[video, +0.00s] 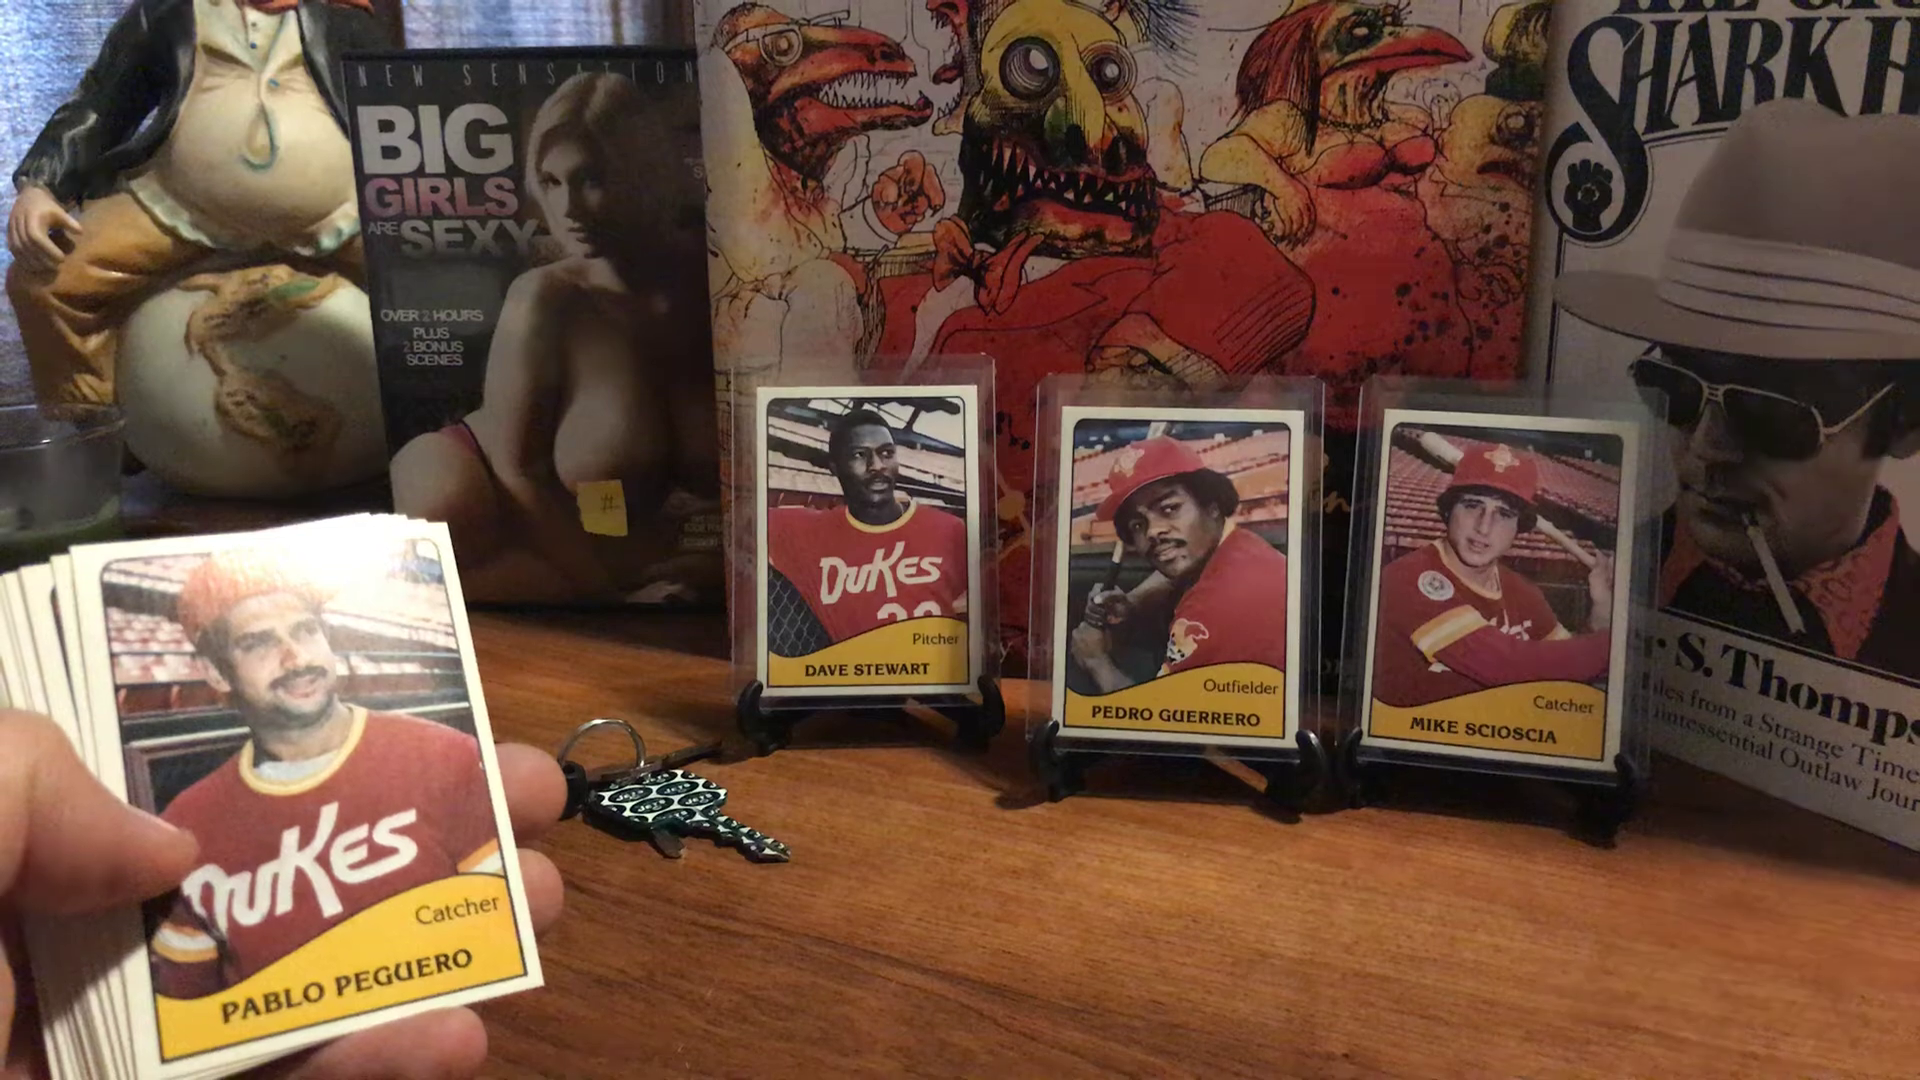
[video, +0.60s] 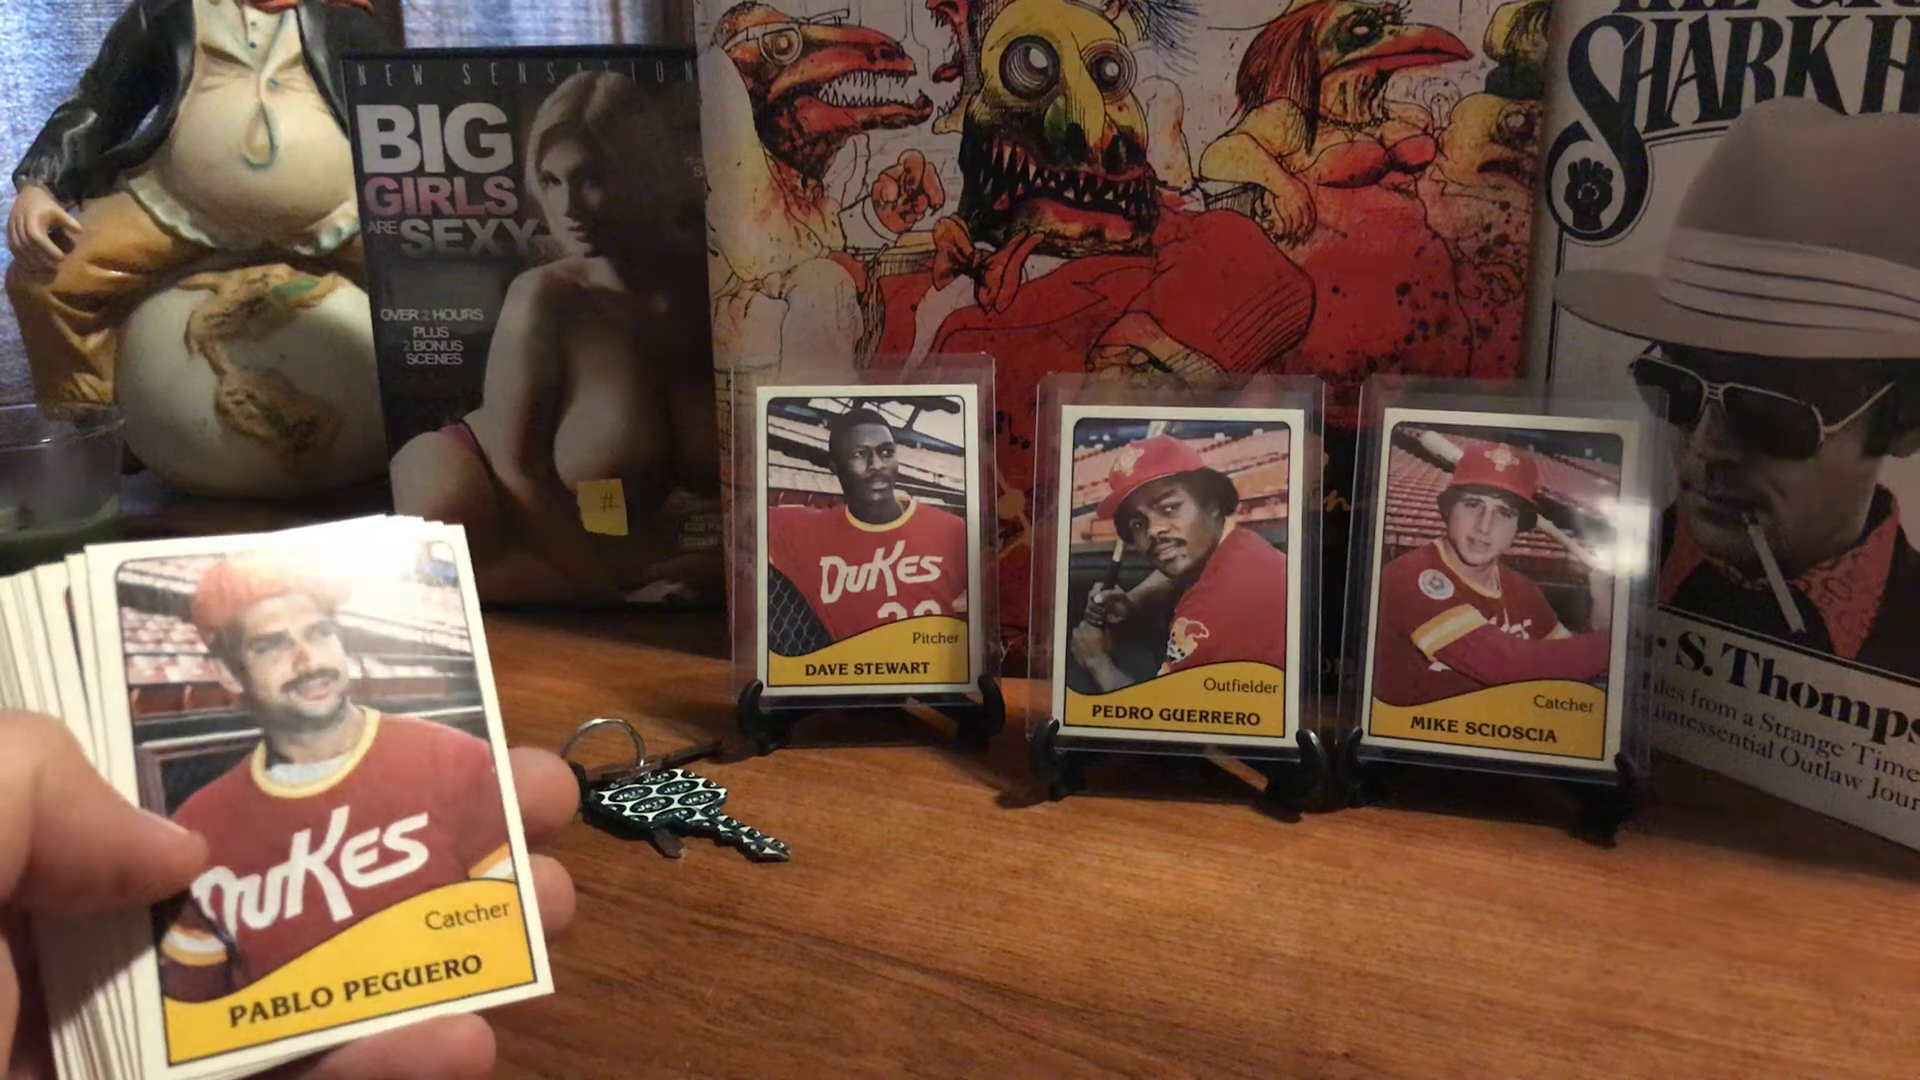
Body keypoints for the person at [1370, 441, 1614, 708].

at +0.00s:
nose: (1483, 526)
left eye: (1503, 514)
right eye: (1473, 505)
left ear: (1518, 529)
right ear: (1449, 510)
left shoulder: (1522, 593)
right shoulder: (1410, 579)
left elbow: (1573, 673)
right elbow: (1501, 665)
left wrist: (1602, 607)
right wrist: (1621, 642)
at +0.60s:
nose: (1484, 525)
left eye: (1504, 513)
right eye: (1473, 505)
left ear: (1518, 527)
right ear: (1448, 508)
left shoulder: (1521, 591)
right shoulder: (1411, 578)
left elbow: (1577, 668)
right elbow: (1503, 664)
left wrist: (1601, 592)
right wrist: (1620, 642)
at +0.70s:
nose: (1484, 525)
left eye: (1503, 513)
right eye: (1473, 505)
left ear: (1518, 527)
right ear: (1448, 508)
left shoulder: (1522, 591)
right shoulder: (1411, 578)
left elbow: (1568, 662)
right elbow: (1503, 664)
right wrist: (1624, 640)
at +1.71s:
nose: (1483, 525)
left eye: (1503, 512)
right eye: (1472, 505)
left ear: (1519, 525)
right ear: (1448, 508)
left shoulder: (1521, 590)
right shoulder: (1411, 578)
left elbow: (1571, 663)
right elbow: (1502, 663)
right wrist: (1620, 643)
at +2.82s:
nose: (1484, 526)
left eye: (1504, 512)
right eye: (1474, 504)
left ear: (1520, 526)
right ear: (1449, 508)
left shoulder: (1522, 590)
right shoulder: (1413, 578)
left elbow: (1576, 669)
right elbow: (1503, 664)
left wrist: (1604, 605)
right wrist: (1617, 643)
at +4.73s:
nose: (1488, 525)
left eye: (1508, 512)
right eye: (1477, 504)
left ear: (1525, 527)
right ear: (1453, 509)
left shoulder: (1527, 591)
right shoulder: (1417, 577)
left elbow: (1579, 671)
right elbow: (1506, 665)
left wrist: (1608, 608)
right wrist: (1614, 644)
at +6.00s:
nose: (1487, 525)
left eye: (1506, 512)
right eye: (1476, 505)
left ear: (1522, 526)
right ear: (1452, 509)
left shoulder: (1523, 590)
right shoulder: (1416, 579)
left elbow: (1578, 675)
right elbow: (1506, 665)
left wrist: (1606, 608)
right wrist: (1626, 644)